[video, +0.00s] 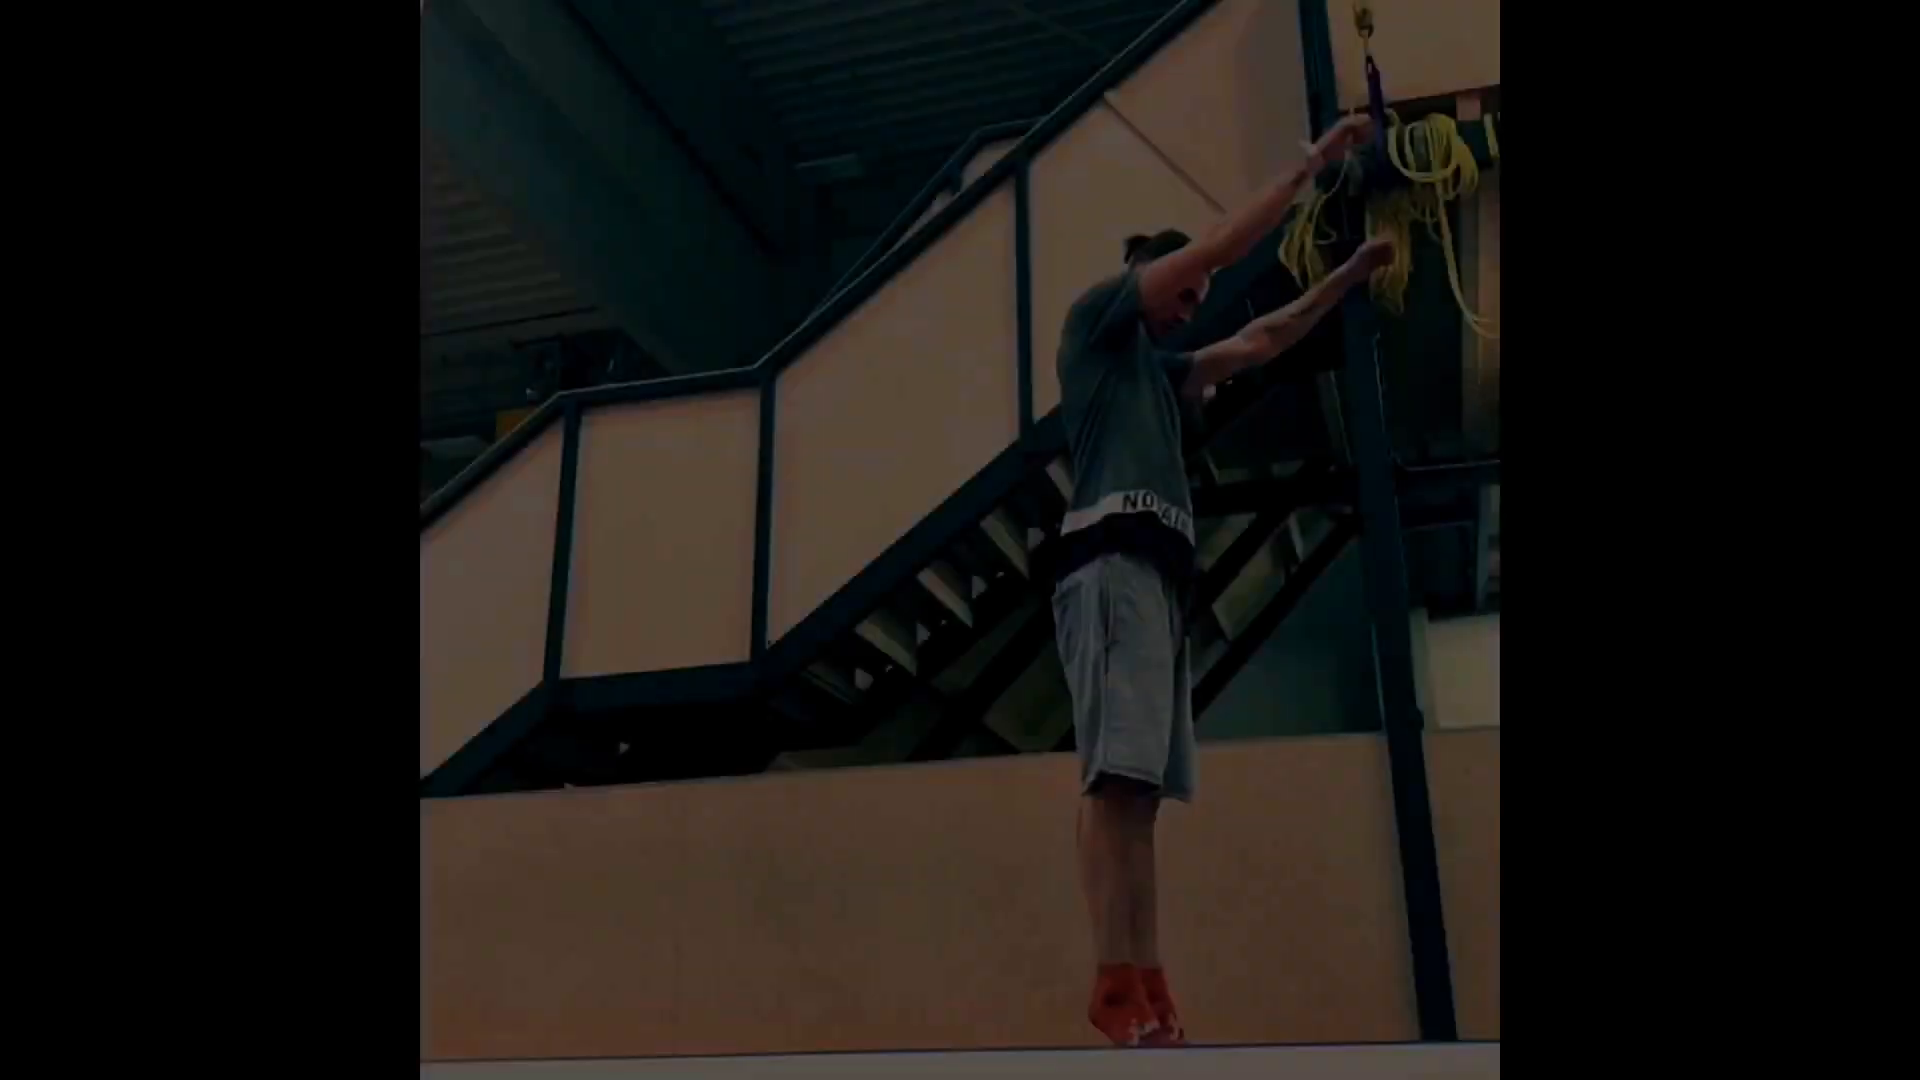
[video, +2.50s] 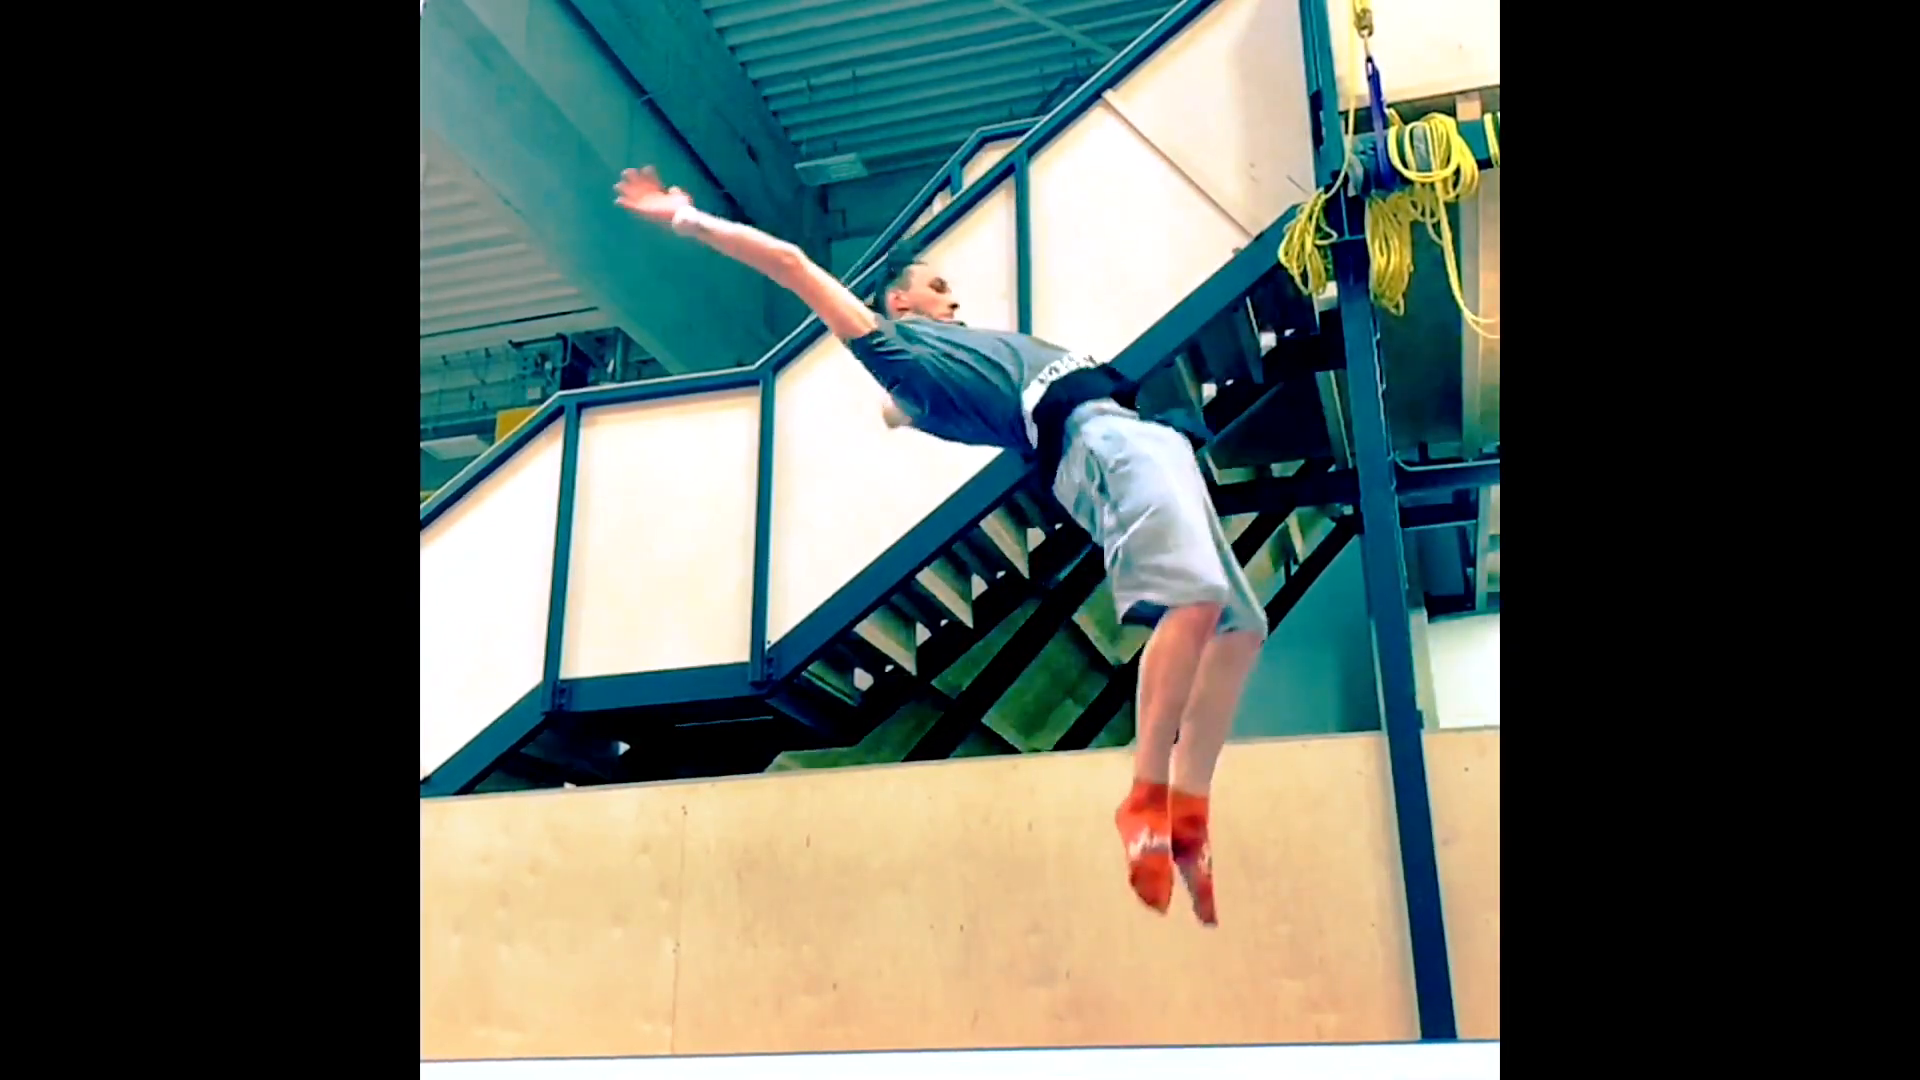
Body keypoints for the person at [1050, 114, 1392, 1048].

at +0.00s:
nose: (1193, 305)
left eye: (1196, 294)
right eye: (1185, 287)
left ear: (1167, 298)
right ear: (1144, 273)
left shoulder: (1159, 367)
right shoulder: (1094, 319)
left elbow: (1261, 339)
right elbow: (1215, 247)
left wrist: (1346, 276)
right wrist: (1313, 162)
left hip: (1155, 576)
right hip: (1108, 568)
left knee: (1143, 788)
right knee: (1116, 779)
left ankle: (1148, 987)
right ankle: (1114, 989)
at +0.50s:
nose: (1264, 580)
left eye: (1277, 572)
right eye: (1266, 559)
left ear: (1240, 538)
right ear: (1231, 523)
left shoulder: (1179, 570)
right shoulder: (1144, 530)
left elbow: (1099, 478)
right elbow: (1044, 441)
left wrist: (1069, 425)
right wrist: (968, 363)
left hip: (1044, 725)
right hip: (1007, 716)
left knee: (1197, 837)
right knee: (1173, 829)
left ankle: (1128, 1027)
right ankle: (1101, 1029)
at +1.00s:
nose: (1112, 409)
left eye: (1110, 399)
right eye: (1099, 396)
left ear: (1069, 402)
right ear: (1057, 394)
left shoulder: (1081, 489)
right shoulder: (1037, 445)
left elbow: (1201, 467)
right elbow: (1171, 395)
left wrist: (1270, 391)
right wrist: (1272, 317)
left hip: (1037, 702)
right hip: (1013, 699)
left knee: (1176, 848)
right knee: (1174, 841)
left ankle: (1118, 1042)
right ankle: (1108, 1041)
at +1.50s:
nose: (1047, 342)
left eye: (1049, 334)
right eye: (1036, 328)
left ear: (1039, 355)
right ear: (1004, 336)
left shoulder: (1035, 417)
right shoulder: (985, 385)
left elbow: (1092, 351)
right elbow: (1031, 256)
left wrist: (1119, 272)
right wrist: (1044, 149)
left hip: (1076, 628)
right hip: (1044, 625)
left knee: (1190, 810)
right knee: (1155, 804)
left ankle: (1135, 1015)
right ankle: (1110, 1018)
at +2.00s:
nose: (998, 310)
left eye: (997, 303)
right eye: (982, 300)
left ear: (983, 320)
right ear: (938, 306)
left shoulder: (1007, 377)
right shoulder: (929, 349)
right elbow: (877, 226)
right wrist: (823, 139)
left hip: (1136, 530)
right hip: (1090, 522)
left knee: (1186, 731)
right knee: (1139, 722)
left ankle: (1172, 934)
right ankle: (1140, 940)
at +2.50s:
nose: (949, 293)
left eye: (947, 286)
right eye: (932, 287)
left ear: (937, 302)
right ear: (896, 306)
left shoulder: (973, 358)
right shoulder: (895, 347)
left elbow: (917, 411)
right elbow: (788, 263)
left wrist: (896, 410)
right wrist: (684, 214)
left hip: (1157, 443)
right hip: (1105, 437)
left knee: (1241, 626)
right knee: (1194, 602)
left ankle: (1189, 809)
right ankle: (1146, 800)